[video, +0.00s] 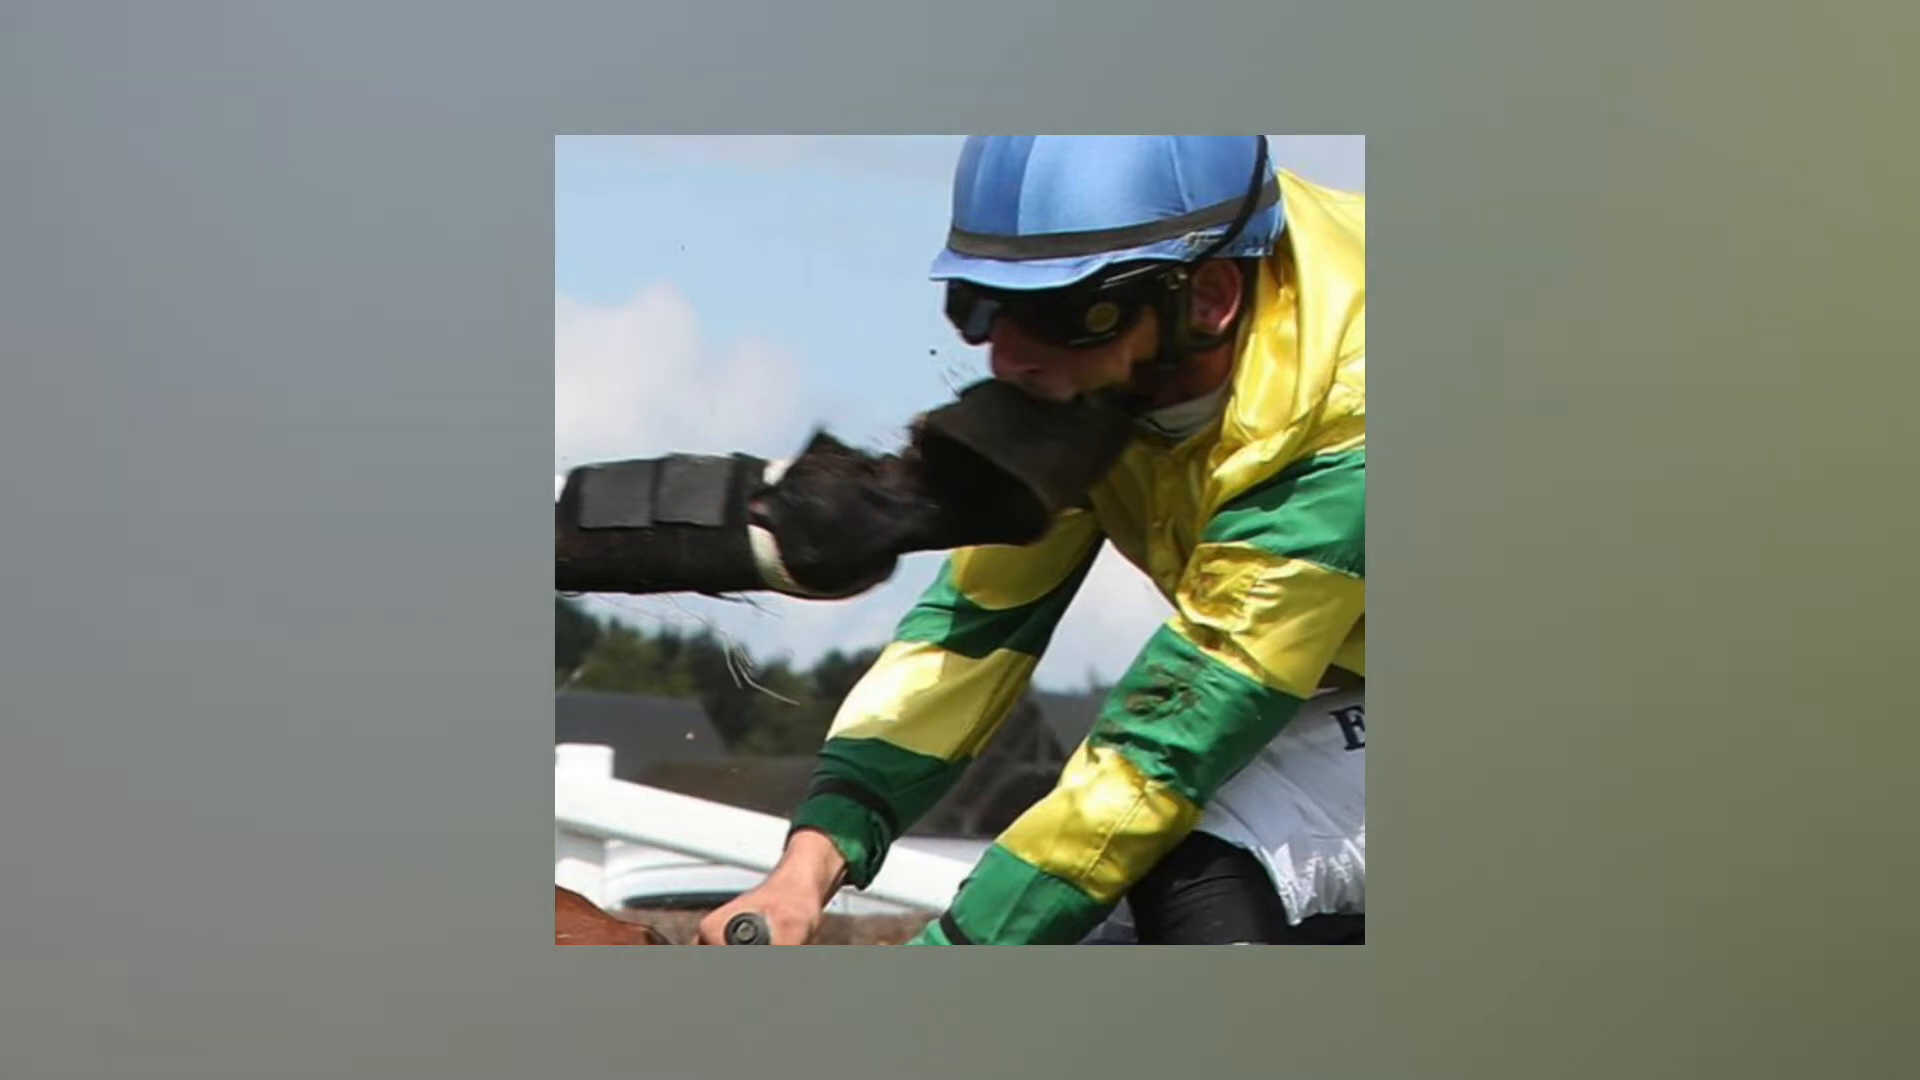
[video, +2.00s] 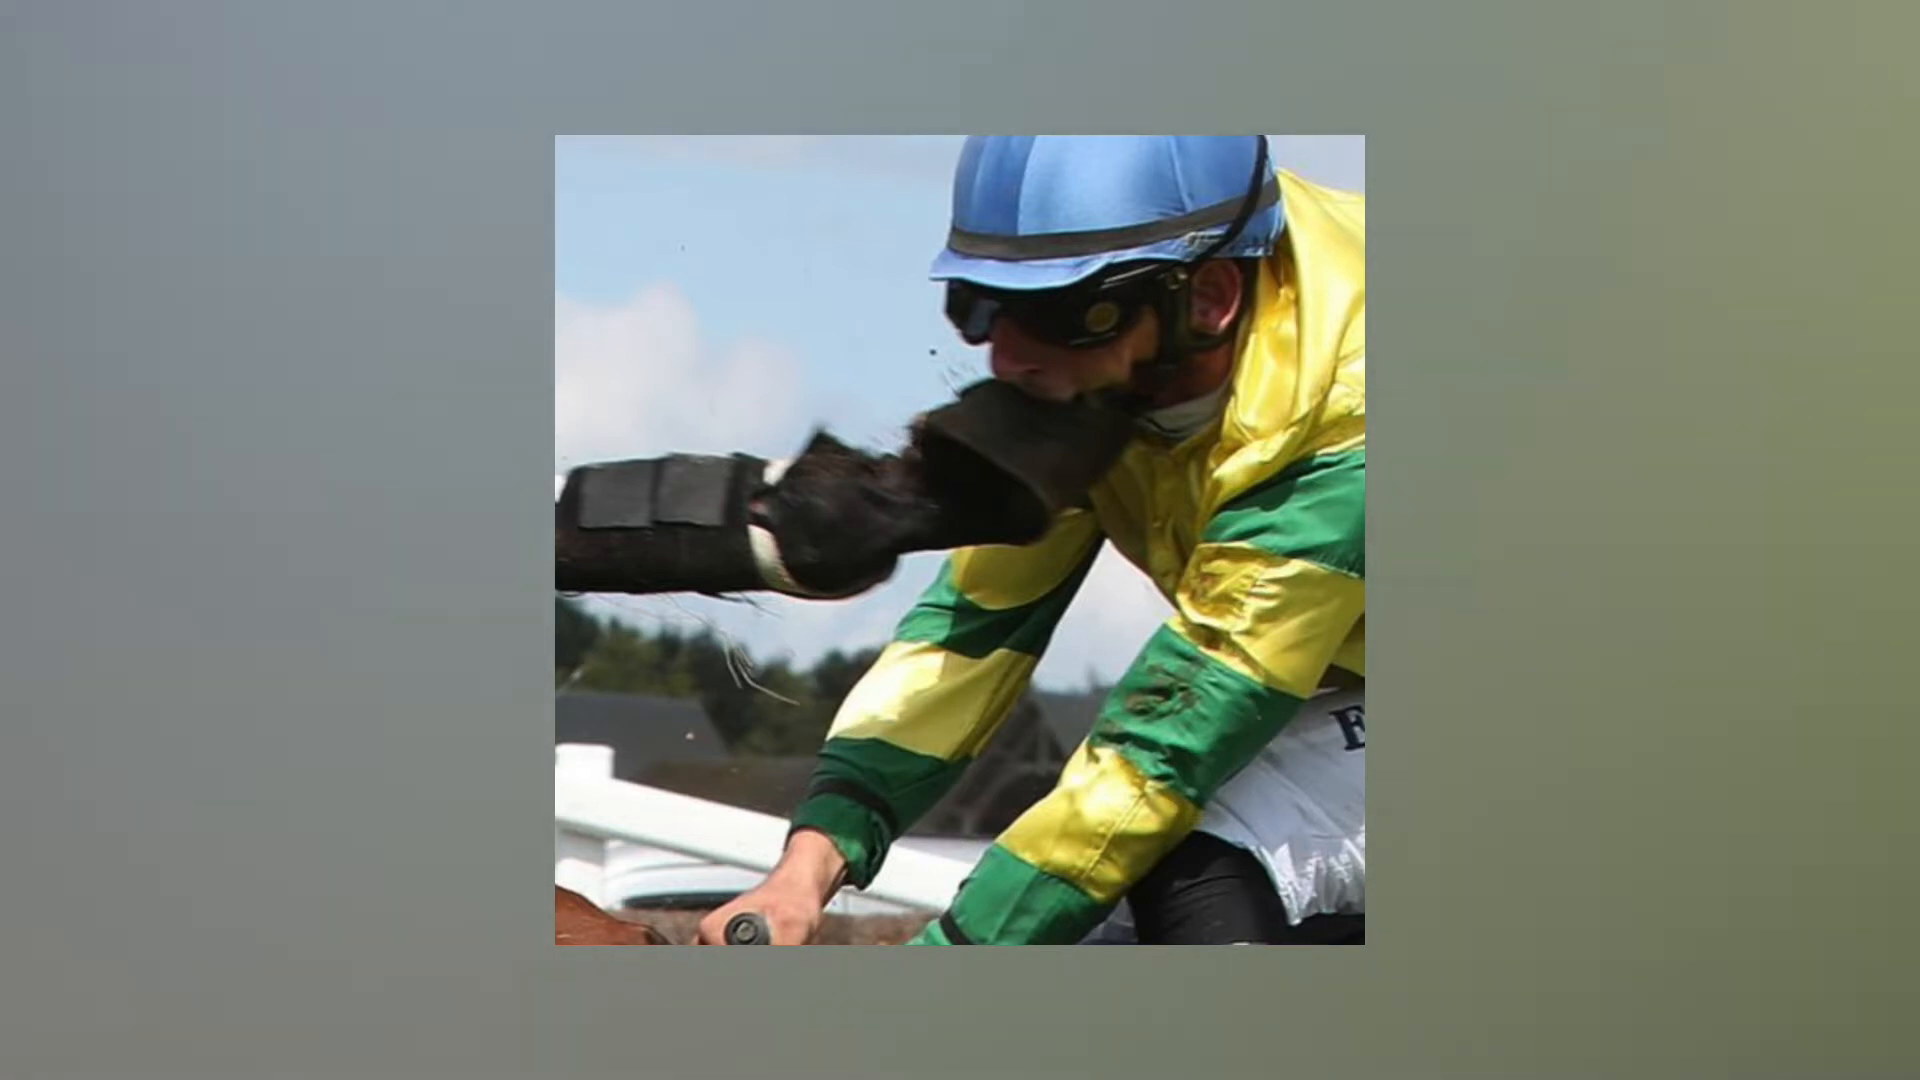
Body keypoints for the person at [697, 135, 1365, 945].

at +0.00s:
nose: (1005, 359)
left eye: (1056, 319)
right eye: (989, 309)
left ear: (1210, 298)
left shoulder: (1341, 429)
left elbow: (1161, 751)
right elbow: (969, 623)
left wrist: (934, 963)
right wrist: (804, 872)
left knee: (1204, 863)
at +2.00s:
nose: (1005, 359)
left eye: (1056, 319)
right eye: (989, 310)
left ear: (1210, 298)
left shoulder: (1341, 429)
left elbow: (1161, 751)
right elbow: (969, 623)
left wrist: (933, 965)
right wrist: (805, 871)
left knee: (1204, 864)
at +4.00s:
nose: (1005, 358)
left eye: (1056, 319)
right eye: (989, 309)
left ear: (1210, 298)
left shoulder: (1341, 429)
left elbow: (1160, 751)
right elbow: (969, 623)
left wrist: (933, 965)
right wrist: (805, 871)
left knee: (1204, 865)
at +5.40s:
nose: (1005, 359)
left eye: (1056, 319)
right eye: (988, 309)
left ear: (1209, 299)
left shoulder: (1342, 428)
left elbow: (1160, 751)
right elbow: (969, 624)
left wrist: (934, 964)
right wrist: (804, 871)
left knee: (1204, 863)